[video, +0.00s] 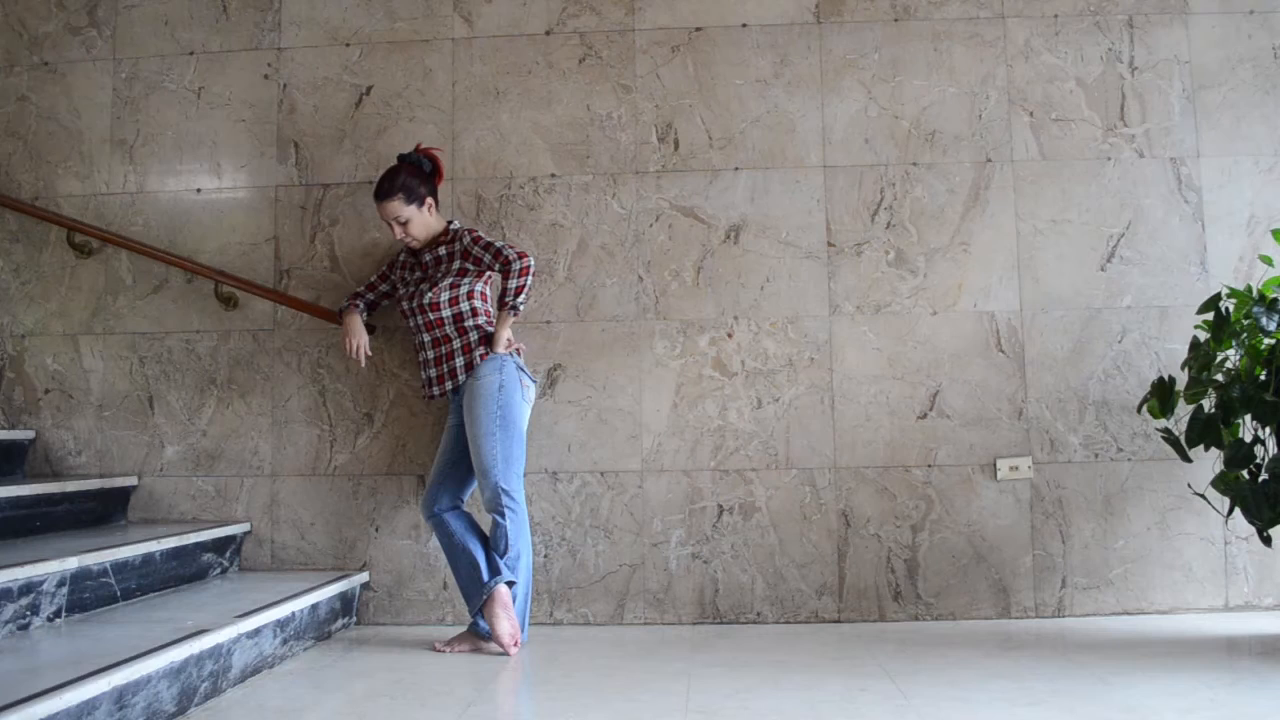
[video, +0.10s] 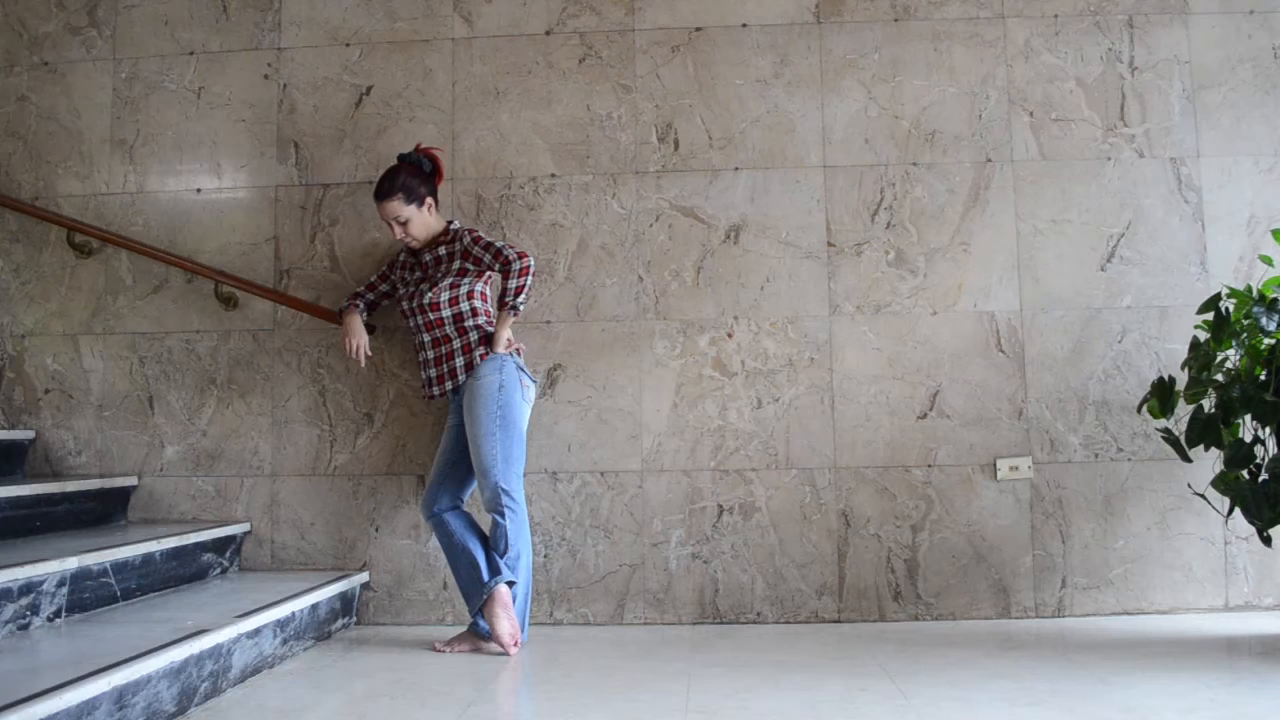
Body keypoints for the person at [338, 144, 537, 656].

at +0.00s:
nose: (398, 233)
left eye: (402, 221)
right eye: (390, 225)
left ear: (429, 203)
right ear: (390, 220)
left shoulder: (465, 241)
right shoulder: (406, 263)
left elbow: (518, 262)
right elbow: (364, 297)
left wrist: (507, 321)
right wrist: (353, 317)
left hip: (493, 371)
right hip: (461, 392)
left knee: (501, 492)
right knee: (440, 502)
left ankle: (501, 628)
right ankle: (494, 597)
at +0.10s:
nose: (398, 233)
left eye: (402, 221)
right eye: (390, 225)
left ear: (429, 203)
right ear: (390, 220)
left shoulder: (465, 241)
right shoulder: (405, 263)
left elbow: (518, 262)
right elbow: (364, 297)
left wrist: (507, 321)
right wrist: (353, 317)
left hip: (493, 371)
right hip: (461, 392)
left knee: (501, 492)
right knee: (440, 502)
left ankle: (501, 628)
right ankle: (494, 597)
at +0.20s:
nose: (398, 233)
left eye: (401, 220)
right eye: (390, 225)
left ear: (429, 203)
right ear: (391, 220)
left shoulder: (465, 241)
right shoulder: (406, 263)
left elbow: (518, 261)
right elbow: (364, 297)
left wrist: (507, 321)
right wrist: (353, 316)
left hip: (493, 371)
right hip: (462, 392)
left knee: (501, 492)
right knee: (439, 502)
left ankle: (501, 628)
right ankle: (494, 596)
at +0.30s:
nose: (397, 232)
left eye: (401, 220)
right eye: (389, 224)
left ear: (428, 203)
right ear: (390, 219)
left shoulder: (464, 240)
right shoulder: (405, 263)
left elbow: (518, 261)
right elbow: (364, 297)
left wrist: (506, 321)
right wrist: (352, 316)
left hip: (493, 371)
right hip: (461, 392)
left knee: (500, 493)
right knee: (437, 499)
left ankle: (501, 628)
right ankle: (494, 594)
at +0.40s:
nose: (397, 232)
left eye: (400, 220)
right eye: (389, 224)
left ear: (428, 202)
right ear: (390, 219)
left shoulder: (464, 240)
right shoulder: (405, 262)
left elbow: (518, 261)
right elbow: (364, 297)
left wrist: (506, 322)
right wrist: (352, 316)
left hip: (492, 371)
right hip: (460, 392)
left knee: (499, 492)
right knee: (435, 499)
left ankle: (500, 628)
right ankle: (495, 594)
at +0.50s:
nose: (397, 231)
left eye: (400, 219)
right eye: (389, 223)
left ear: (428, 202)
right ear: (391, 218)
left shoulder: (464, 239)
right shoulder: (405, 262)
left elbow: (517, 261)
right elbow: (364, 297)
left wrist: (505, 322)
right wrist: (352, 316)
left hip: (493, 371)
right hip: (460, 392)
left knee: (500, 492)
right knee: (430, 496)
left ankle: (499, 628)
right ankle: (494, 591)